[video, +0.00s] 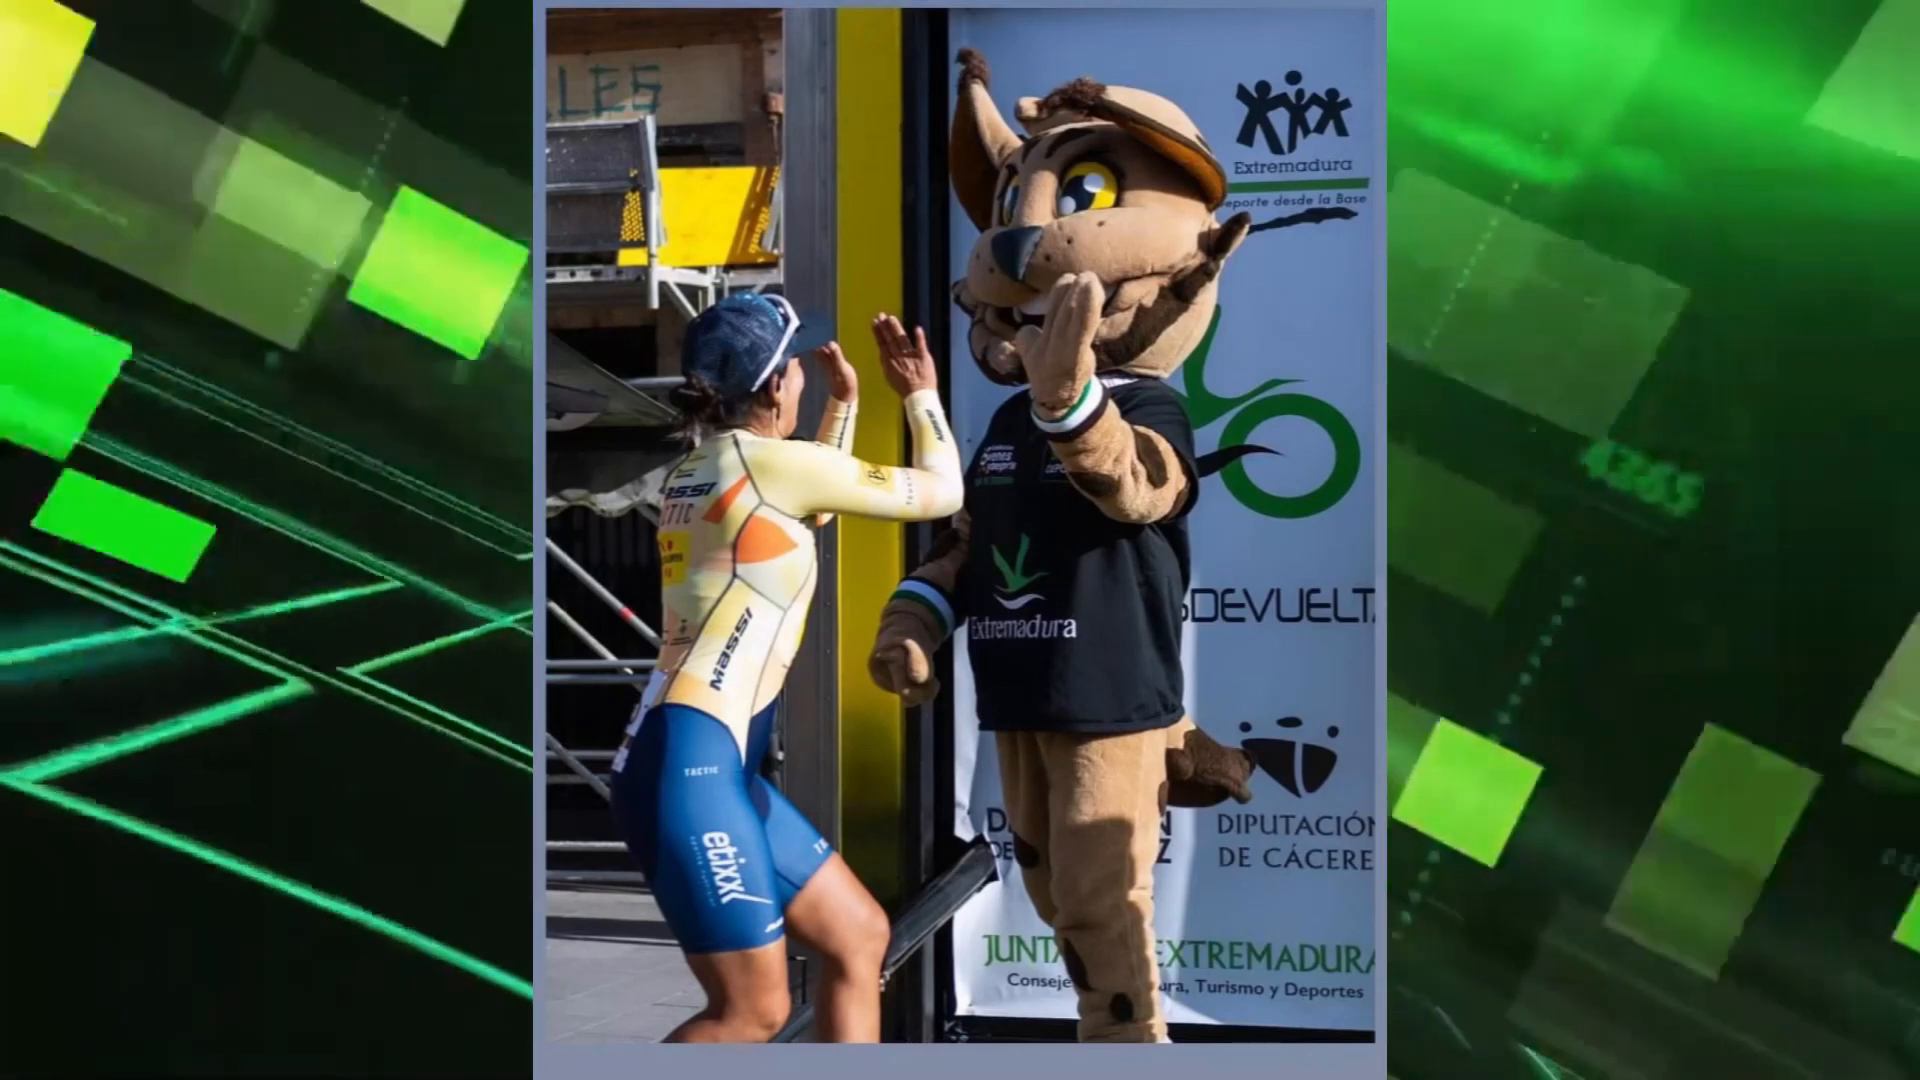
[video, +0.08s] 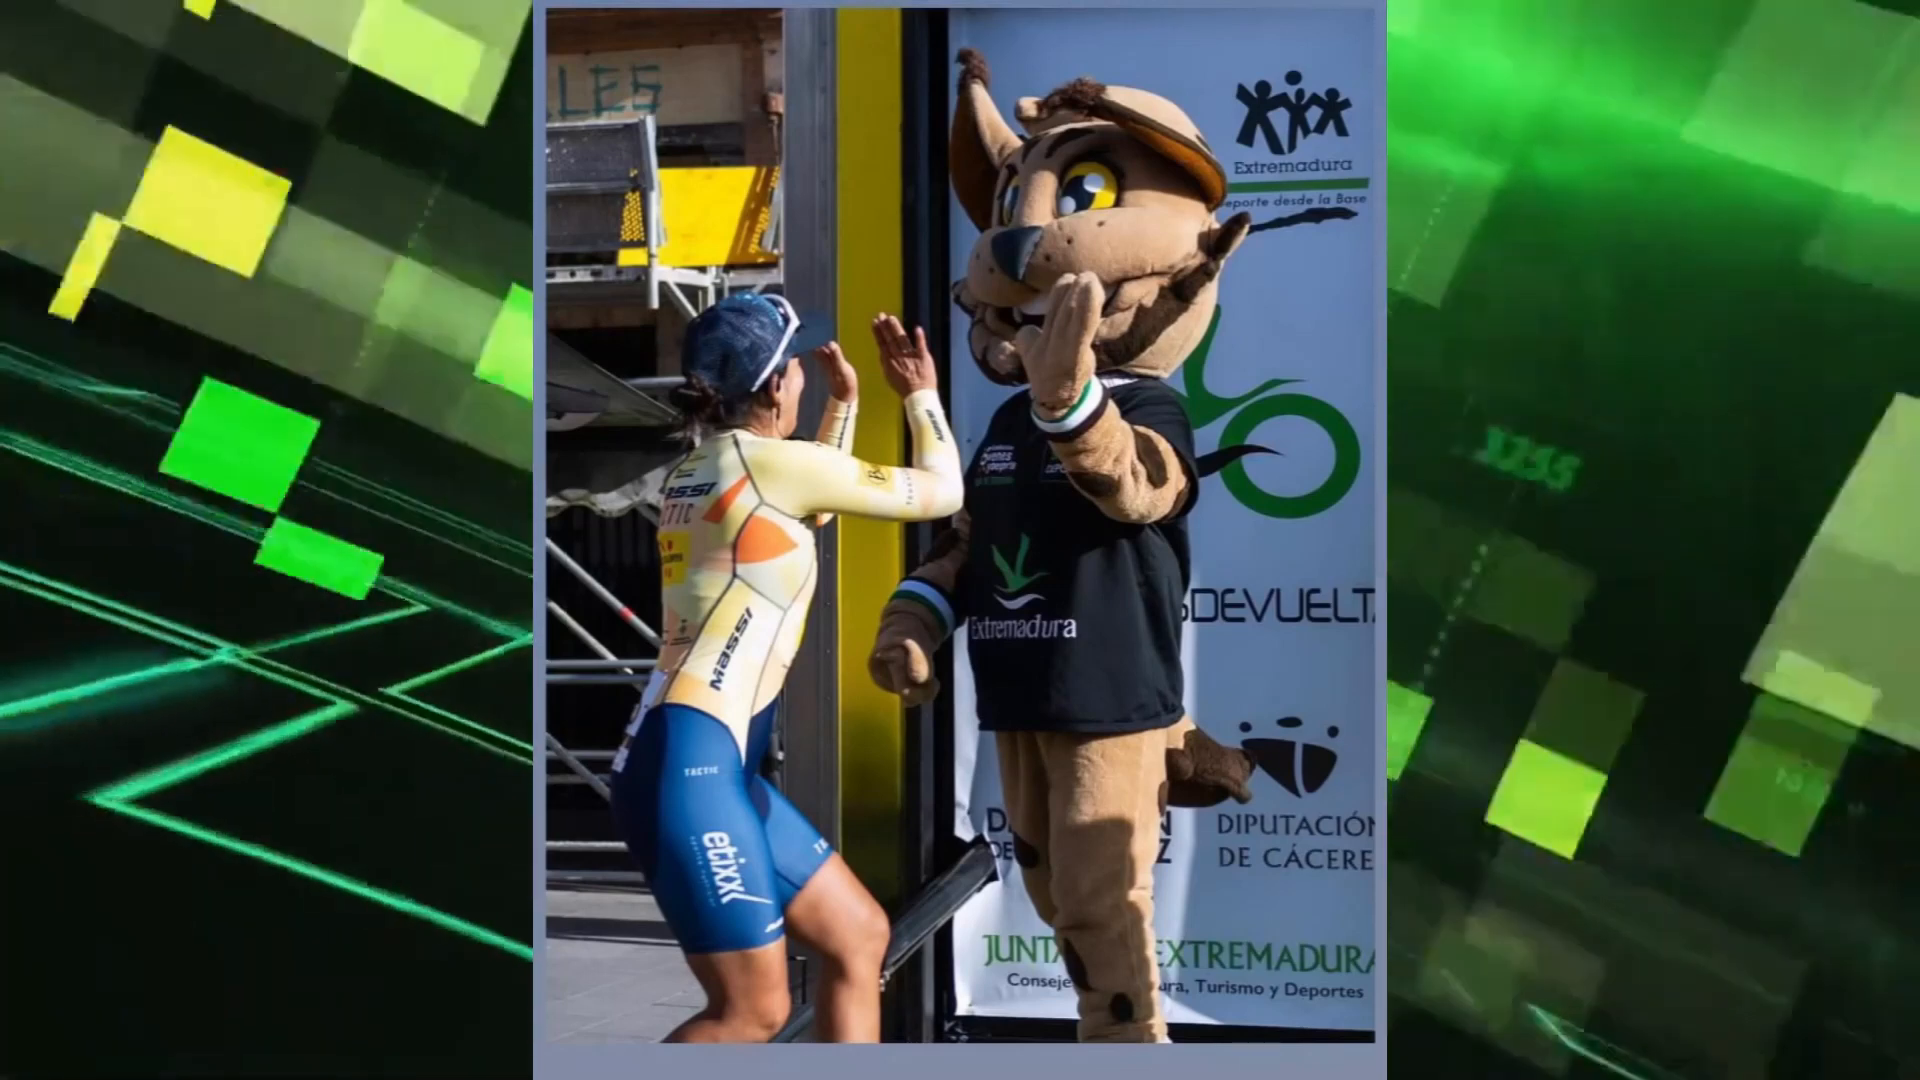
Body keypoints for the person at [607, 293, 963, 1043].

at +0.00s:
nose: (803, 377)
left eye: (800, 363)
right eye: (797, 364)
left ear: (714, 387)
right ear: (778, 380)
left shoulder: (695, 471)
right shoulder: (779, 465)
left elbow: (801, 497)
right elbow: (938, 492)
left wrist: (841, 411)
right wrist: (924, 396)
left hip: (715, 769)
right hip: (686, 774)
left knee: (860, 933)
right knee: (754, 1009)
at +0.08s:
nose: (803, 377)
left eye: (800, 363)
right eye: (797, 364)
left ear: (714, 387)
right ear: (777, 380)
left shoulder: (695, 471)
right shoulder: (779, 465)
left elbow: (801, 497)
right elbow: (939, 492)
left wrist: (841, 411)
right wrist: (924, 396)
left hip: (714, 769)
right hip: (686, 774)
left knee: (860, 933)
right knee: (754, 1009)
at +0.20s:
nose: (803, 377)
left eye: (800, 363)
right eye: (797, 364)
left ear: (714, 387)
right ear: (777, 380)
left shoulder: (695, 471)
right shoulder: (779, 465)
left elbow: (801, 496)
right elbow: (939, 492)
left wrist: (841, 411)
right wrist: (924, 396)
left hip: (714, 769)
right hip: (686, 774)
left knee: (860, 933)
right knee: (754, 1009)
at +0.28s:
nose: (803, 377)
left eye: (800, 363)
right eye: (797, 364)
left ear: (714, 387)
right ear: (777, 380)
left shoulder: (695, 471)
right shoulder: (779, 465)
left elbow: (801, 496)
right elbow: (939, 492)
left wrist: (841, 411)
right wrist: (924, 396)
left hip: (715, 769)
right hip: (686, 774)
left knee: (860, 933)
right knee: (754, 1009)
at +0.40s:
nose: (803, 377)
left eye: (800, 363)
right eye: (797, 364)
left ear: (714, 387)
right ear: (777, 380)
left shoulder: (695, 471)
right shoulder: (779, 465)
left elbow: (801, 497)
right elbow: (939, 492)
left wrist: (840, 411)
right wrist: (924, 396)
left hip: (715, 769)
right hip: (686, 774)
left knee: (860, 933)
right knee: (754, 1009)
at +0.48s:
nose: (803, 377)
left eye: (799, 362)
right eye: (797, 364)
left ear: (714, 387)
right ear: (777, 380)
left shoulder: (694, 471)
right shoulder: (779, 465)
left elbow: (799, 495)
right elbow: (938, 492)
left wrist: (840, 413)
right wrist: (924, 396)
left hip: (715, 770)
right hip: (686, 774)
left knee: (860, 934)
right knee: (754, 1010)